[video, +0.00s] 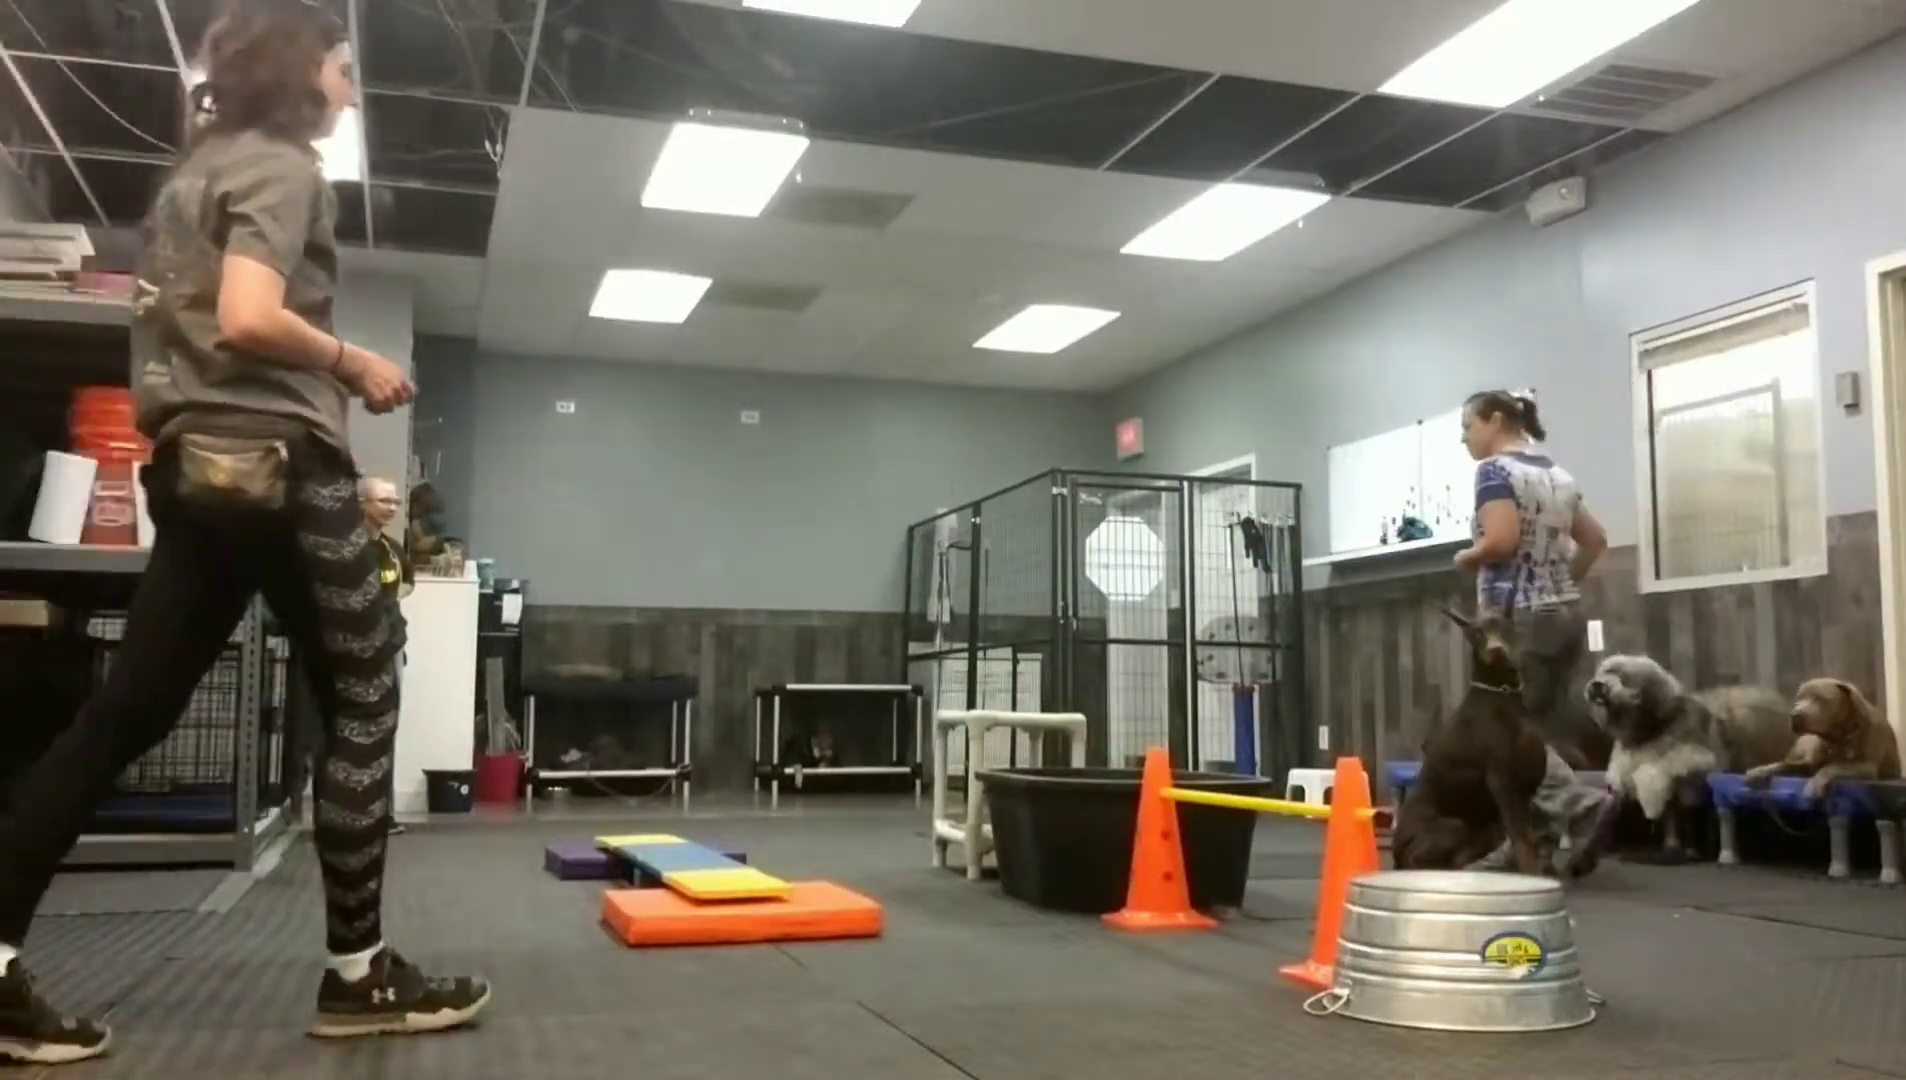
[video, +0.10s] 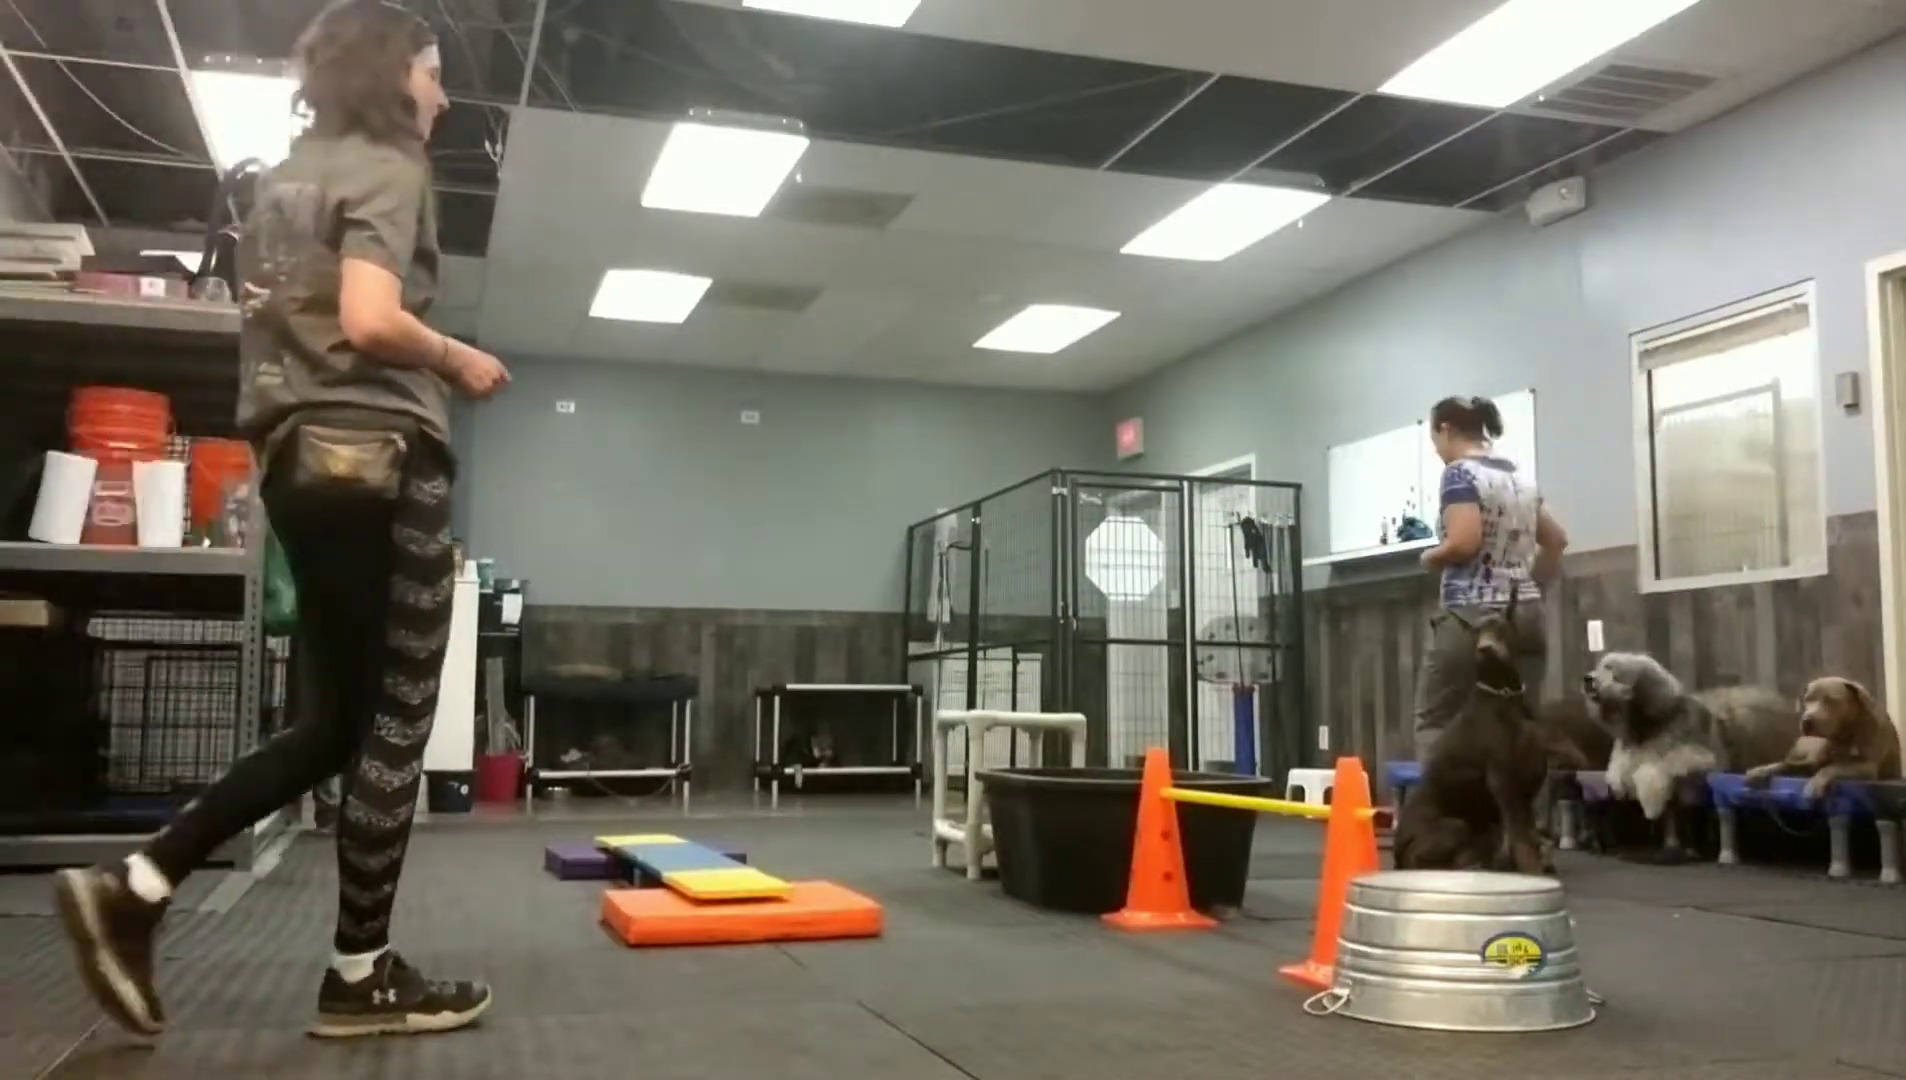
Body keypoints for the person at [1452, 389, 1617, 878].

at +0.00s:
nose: (1467, 439)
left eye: (1470, 428)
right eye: (1466, 430)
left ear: (1497, 422)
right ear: (1512, 424)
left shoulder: (1494, 470)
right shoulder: (1553, 471)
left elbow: (1502, 538)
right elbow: (1594, 538)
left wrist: (1470, 557)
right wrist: (1564, 581)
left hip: (1520, 620)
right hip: (1566, 618)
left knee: (1506, 726)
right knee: (1553, 721)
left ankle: (1582, 804)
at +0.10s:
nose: (1436, 449)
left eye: (1435, 439)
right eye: (1434, 440)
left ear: (1446, 431)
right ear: (1480, 432)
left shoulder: (1459, 473)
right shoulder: (1517, 480)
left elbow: (1465, 542)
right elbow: (1555, 540)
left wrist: (1433, 557)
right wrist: (1532, 588)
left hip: (1469, 613)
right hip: (1524, 610)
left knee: (1434, 721)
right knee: (1520, 719)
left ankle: (1443, 812)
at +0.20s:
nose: (1399, 461)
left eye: (1398, 454)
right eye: (1399, 454)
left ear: (1404, 452)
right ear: (1438, 450)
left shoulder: (1411, 491)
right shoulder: (1475, 496)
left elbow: (1413, 556)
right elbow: (1512, 557)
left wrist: (1389, 571)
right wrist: (1492, 602)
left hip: (1418, 628)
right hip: (1471, 625)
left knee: (1394, 734)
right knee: (1474, 731)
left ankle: (1377, 834)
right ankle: (1485, 831)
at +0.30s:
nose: (1358, 461)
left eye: (1357, 456)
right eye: (1362, 456)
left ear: (1360, 454)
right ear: (1397, 450)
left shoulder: (1355, 496)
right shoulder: (1433, 493)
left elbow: (1350, 560)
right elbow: (1466, 556)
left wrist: (1345, 560)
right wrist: (1448, 591)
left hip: (1369, 621)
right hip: (1427, 619)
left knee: (1363, 734)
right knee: (1421, 727)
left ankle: (1374, 835)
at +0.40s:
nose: (1342, 467)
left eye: (1335, 461)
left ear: (1334, 460)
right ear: (1373, 458)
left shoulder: (1321, 499)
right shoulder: (1400, 499)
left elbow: (1307, 558)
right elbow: (1430, 555)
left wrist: (1332, 572)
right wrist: (1417, 596)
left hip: (1338, 616)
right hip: (1393, 613)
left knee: (1350, 722)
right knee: (1384, 719)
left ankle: (1374, 820)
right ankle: (1382, 811)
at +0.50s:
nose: (1346, 477)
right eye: (1352, 471)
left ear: (1318, 472)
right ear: (1355, 472)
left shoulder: (1298, 511)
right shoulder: (1377, 514)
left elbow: (1286, 568)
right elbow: (1402, 572)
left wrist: (1303, 582)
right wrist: (1391, 615)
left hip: (1313, 631)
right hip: (1367, 630)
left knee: (1324, 729)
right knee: (1353, 729)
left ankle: (1359, 818)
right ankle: (1328, 820)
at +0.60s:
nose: (1336, 482)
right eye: (1339, 476)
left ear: (1306, 475)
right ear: (1341, 476)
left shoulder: (1286, 511)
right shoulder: (1360, 516)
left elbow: (1268, 565)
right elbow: (1384, 573)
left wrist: (1288, 576)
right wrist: (1372, 618)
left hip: (1295, 629)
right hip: (1347, 629)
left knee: (1279, 722)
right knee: (1330, 727)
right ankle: (1323, 816)